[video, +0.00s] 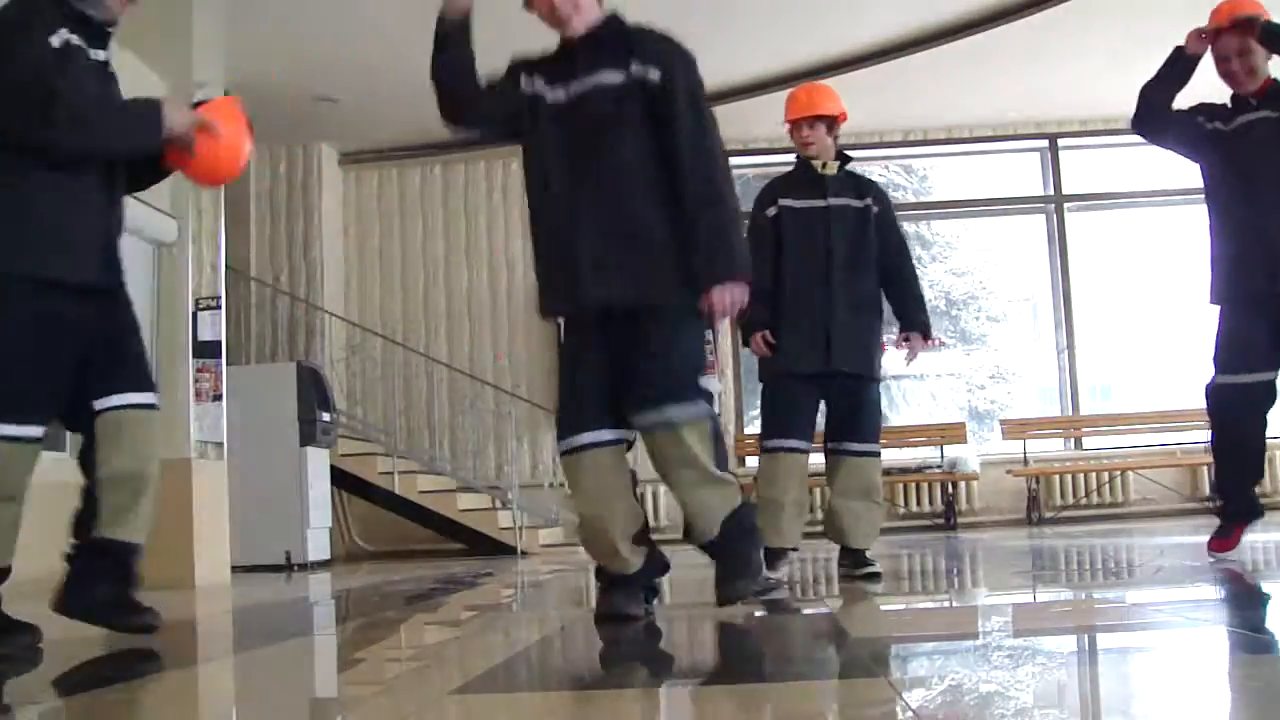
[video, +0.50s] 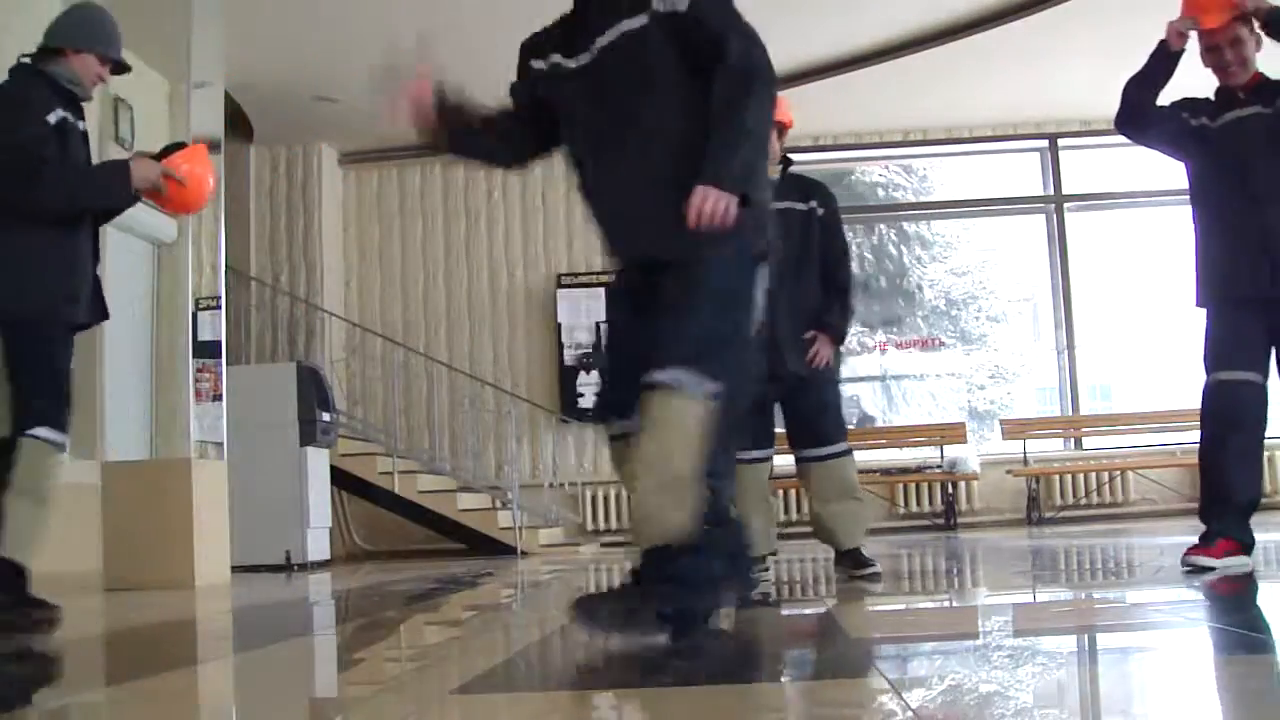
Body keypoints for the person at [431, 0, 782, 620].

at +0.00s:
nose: (546, 5)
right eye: (538, 2)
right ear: (536, 11)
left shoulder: (656, 56)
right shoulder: (533, 80)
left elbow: (703, 165)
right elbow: (462, 108)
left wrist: (724, 267)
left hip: (665, 284)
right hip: (584, 295)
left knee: (670, 417)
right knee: (587, 448)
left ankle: (736, 546)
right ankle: (628, 581)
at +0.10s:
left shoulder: (660, 21)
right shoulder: (539, 38)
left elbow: (705, 131)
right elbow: (460, 44)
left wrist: (734, 238)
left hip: (666, 249)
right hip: (588, 260)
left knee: (657, 398)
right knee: (594, 423)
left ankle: (699, 555)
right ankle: (650, 568)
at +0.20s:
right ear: (559, 1)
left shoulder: (668, 25)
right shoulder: (544, 43)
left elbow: (713, 137)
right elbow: (464, 44)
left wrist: (735, 248)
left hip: (663, 261)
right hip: (593, 272)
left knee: (642, 426)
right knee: (586, 424)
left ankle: (662, 599)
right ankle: (721, 537)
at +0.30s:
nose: (555, 4)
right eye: (549, 2)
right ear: (558, 10)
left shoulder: (679, 47)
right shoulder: (551, 70)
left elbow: (723, 160)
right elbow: (467, 63)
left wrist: (727, 269)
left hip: (660, 275)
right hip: (596, 287)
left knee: (589, 407)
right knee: (619, 443)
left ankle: (655, 593)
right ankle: (740, 538)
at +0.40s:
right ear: (566, 4)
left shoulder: (676, 25)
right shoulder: (558, 69)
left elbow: (744, 108)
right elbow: (474, 93)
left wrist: (729, 211)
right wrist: (459, 5)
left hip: (682, 268)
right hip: (612, 284)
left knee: (602, 409)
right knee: (615, 435)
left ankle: (659, 597)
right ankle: (739, 530)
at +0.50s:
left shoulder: (672, 4)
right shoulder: (548, 53)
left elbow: (747, 69)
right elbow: (525, 137)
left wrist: (724, 174)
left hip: (718, 236)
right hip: (645, 253)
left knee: (681, 402)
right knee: (631, 423)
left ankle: (673, 582)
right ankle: (713, 563)